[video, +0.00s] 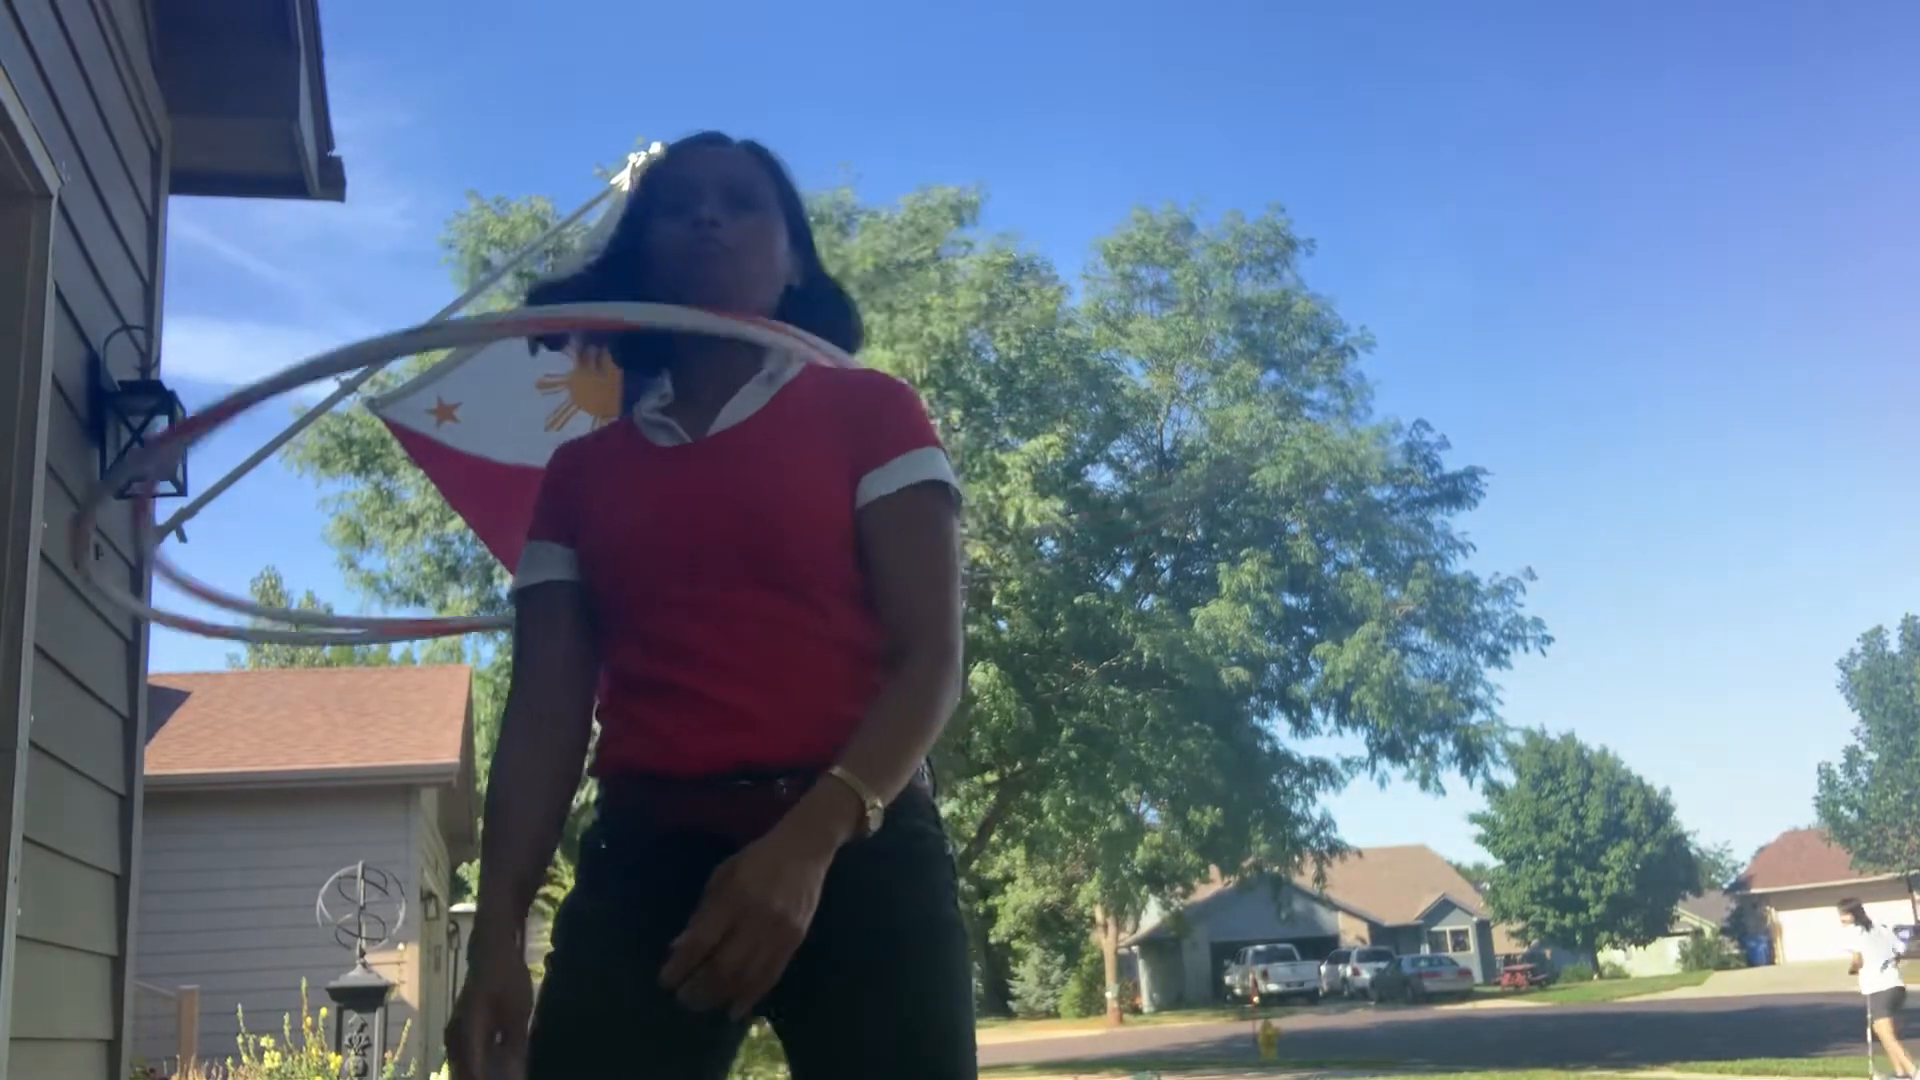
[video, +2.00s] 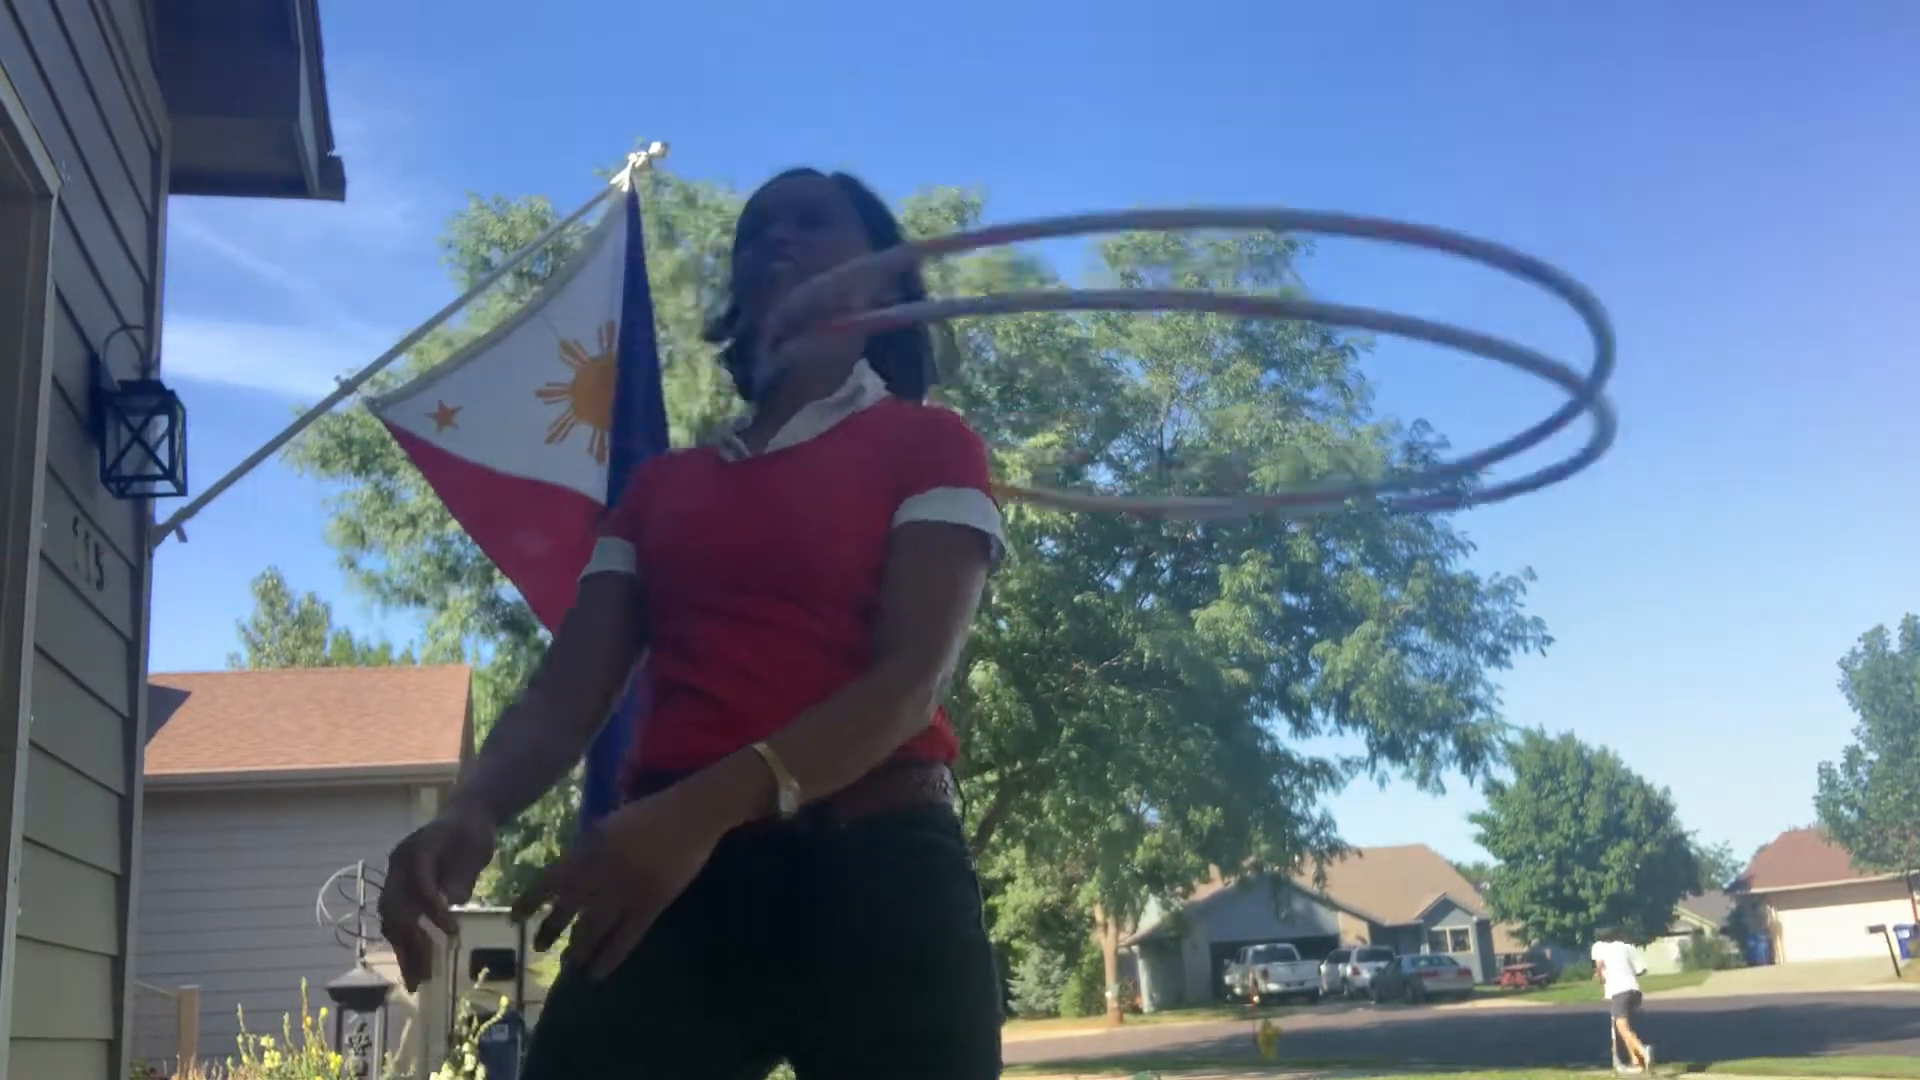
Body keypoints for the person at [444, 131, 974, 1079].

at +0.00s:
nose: (707, 218)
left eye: (742, 202)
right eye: (675, 205)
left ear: (792, 261)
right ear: (636, 262)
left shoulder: (869, 411)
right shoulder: (583, 471)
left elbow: (929, 660)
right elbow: (546, 713)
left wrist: (809, 838)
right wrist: (498, 937)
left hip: (864, 860)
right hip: (648, 866)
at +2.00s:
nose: (777, 243)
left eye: (813, 224)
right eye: (757, 239)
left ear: (891, 280)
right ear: (738, 302)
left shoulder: (927, 441)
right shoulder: (660, 485)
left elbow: (909, 679)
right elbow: (566, 692)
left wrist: (699, 809)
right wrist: (475, 809)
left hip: (877, 867)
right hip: (661, 883)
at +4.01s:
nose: (755, 236)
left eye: (787, 213)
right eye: (728, 222)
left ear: (853, 260)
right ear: (697, 274)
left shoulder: (912, 438)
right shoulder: (641, 480)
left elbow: (951, 701)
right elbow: (573, 721)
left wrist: (802, 898)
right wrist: (486, 950)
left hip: (863, 883)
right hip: (643, 884)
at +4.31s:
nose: (720, 213)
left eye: (760, 195)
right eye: (700, 213)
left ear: (837, 257)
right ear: (685, 275)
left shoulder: (866, 409)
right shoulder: (616, 465)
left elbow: (856, 686)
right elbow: (547, 712)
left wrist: (632, 869)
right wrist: (431, 915)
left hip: (834, 874)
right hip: (617, 893)